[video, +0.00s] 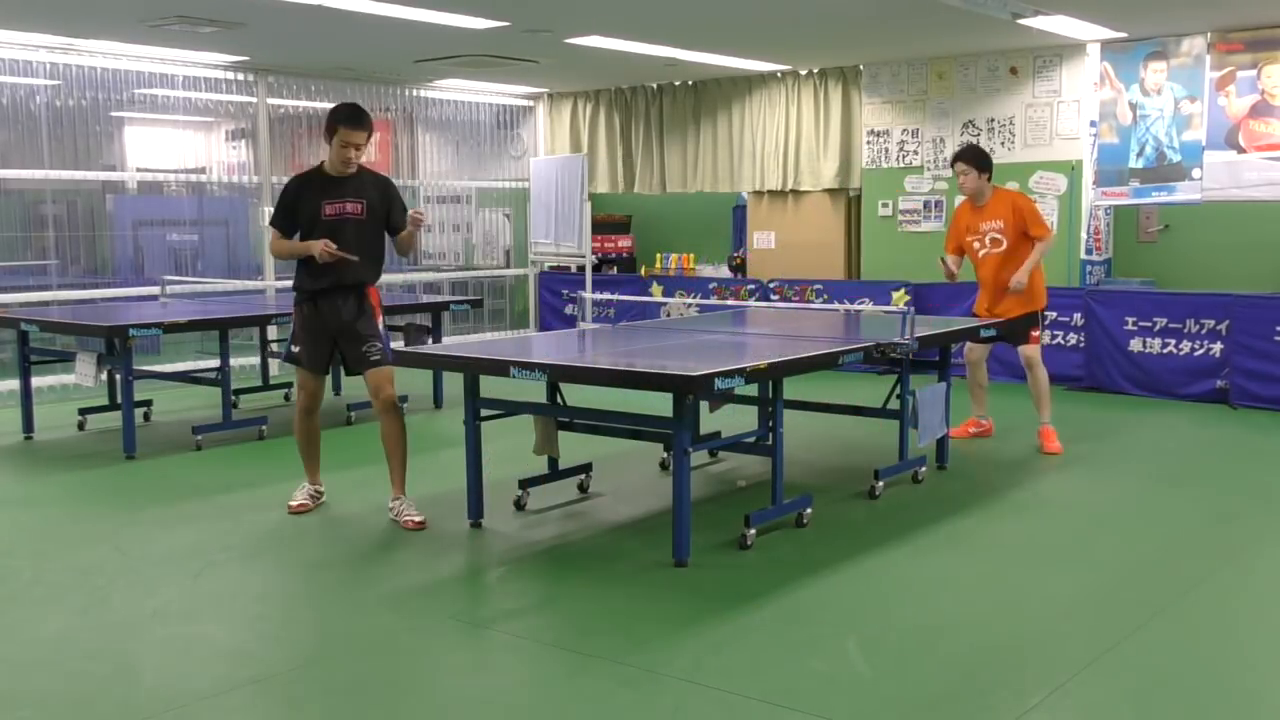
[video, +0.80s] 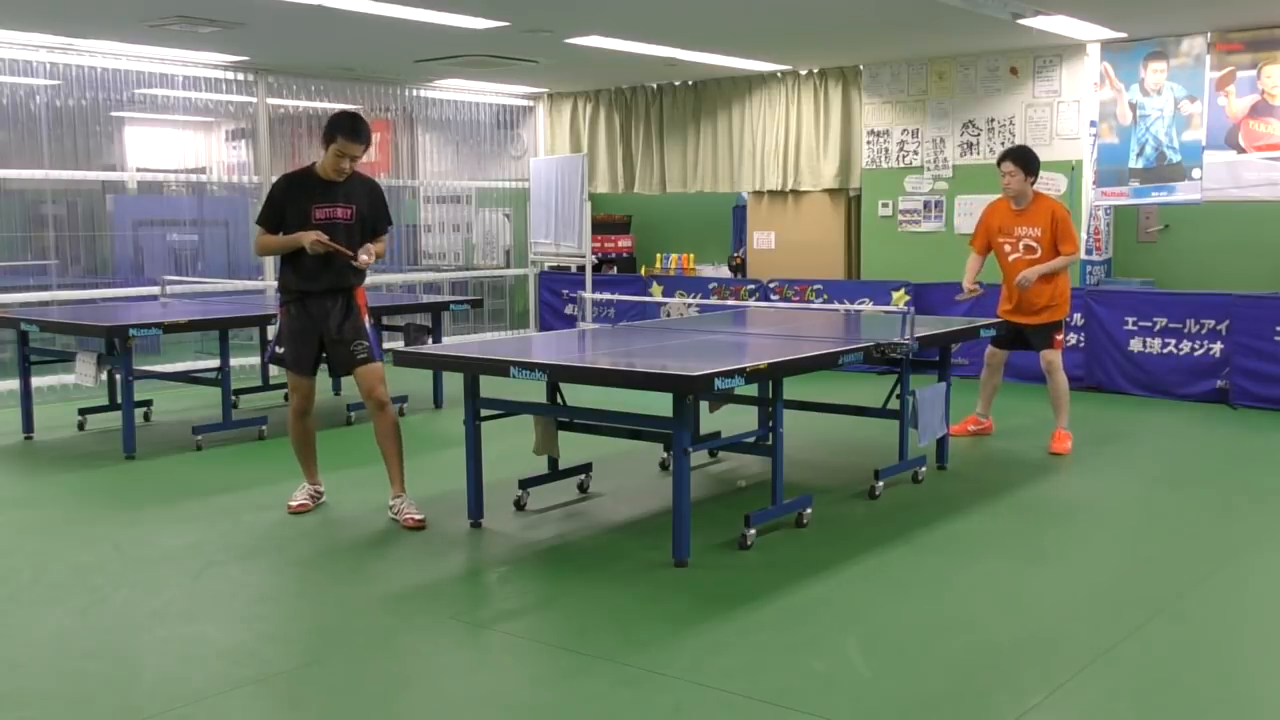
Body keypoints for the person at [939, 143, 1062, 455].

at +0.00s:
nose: (959, 180)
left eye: (965, 173)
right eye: (957, 175)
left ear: (984, 174)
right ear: (958, 178)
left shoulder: (1016, 202)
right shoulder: (962, 213)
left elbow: (1045, 237)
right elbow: (954, 255)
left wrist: (1025, 271)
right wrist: (950, 269)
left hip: (1024, 298)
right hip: (988, 299)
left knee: (1030, 357)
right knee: (973, 355)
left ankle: (1046, 426)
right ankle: (980, 420)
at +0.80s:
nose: (1005, 180)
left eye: (1011, 175)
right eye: (1002, 174)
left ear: (1030, 177)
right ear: (1000, 177)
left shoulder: (1054, 211)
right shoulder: (993, 211)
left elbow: (1071, 255)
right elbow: (978, 251)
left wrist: (1037, 271)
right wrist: (969, 279)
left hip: (1049, 304)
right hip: (1012, 304)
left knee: (1050, 361)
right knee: (993, 356)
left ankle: (1062, 429)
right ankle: (982, 417)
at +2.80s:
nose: (982, 186)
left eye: (989, 180)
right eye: (980, 180)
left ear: (1008, 183)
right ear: (979, 183)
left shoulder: (1031, 217)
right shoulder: (978, 220)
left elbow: (1050, 263)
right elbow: (966, 260)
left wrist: (1014, 281)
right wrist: (947, 277)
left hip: (1038, 310)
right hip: (998, 309)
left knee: (1053, 364)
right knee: (973, 358)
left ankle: (1077, 431)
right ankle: (981, 419)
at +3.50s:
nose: (977, 211)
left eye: (982, 205)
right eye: (975, 205)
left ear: (1003, 206)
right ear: (973, 206)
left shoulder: (1029, 234)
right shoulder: (970, 238)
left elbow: (1050, 280)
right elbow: (926, 255)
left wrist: (1016, 292)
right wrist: (927, 276)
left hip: (1035, 322)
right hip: (993, 321)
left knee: (1051, 374)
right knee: (953, 361)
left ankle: (1076, 433)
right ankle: (947, 427)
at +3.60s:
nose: (966, 205)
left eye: (972, 200)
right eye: (965, 200)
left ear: (992, 202)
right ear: (965, 201)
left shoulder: (1019, 231)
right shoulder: (959, 235)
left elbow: (1044, 273)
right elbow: (921, 247)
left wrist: (1013, 289)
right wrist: (906, 242)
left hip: (1033, 319)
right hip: (991, 319)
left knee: (1049, 370)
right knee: (952, 359)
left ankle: (1076, 433)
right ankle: (948, 428)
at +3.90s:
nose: (989, 193)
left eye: (996, 187)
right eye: (987, 188)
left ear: (1015, 191)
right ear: (986, 191)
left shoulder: (1039, 224)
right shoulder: (981, 230)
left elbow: (1065, 262)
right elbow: (949, 261)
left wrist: (1036, 273)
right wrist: (926, 252)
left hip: (1042, 318)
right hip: (1000, 318)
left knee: (1055, 375)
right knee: (968, 360)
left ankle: (1076, 423)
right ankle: (949, 425)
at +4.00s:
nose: (1001, 184)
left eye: (1008, 178)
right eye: (999, 179)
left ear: (1027, 181)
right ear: (999, 182)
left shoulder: (1052, 216)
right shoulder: (999, 220)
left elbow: (1076, 256)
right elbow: (975, 256)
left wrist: (1046, 271)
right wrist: (945, 261)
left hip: (1053, 312)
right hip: (1015, 311)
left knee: (1058, 368)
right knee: (988, 355)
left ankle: (1075, 424)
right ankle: (957, 417)